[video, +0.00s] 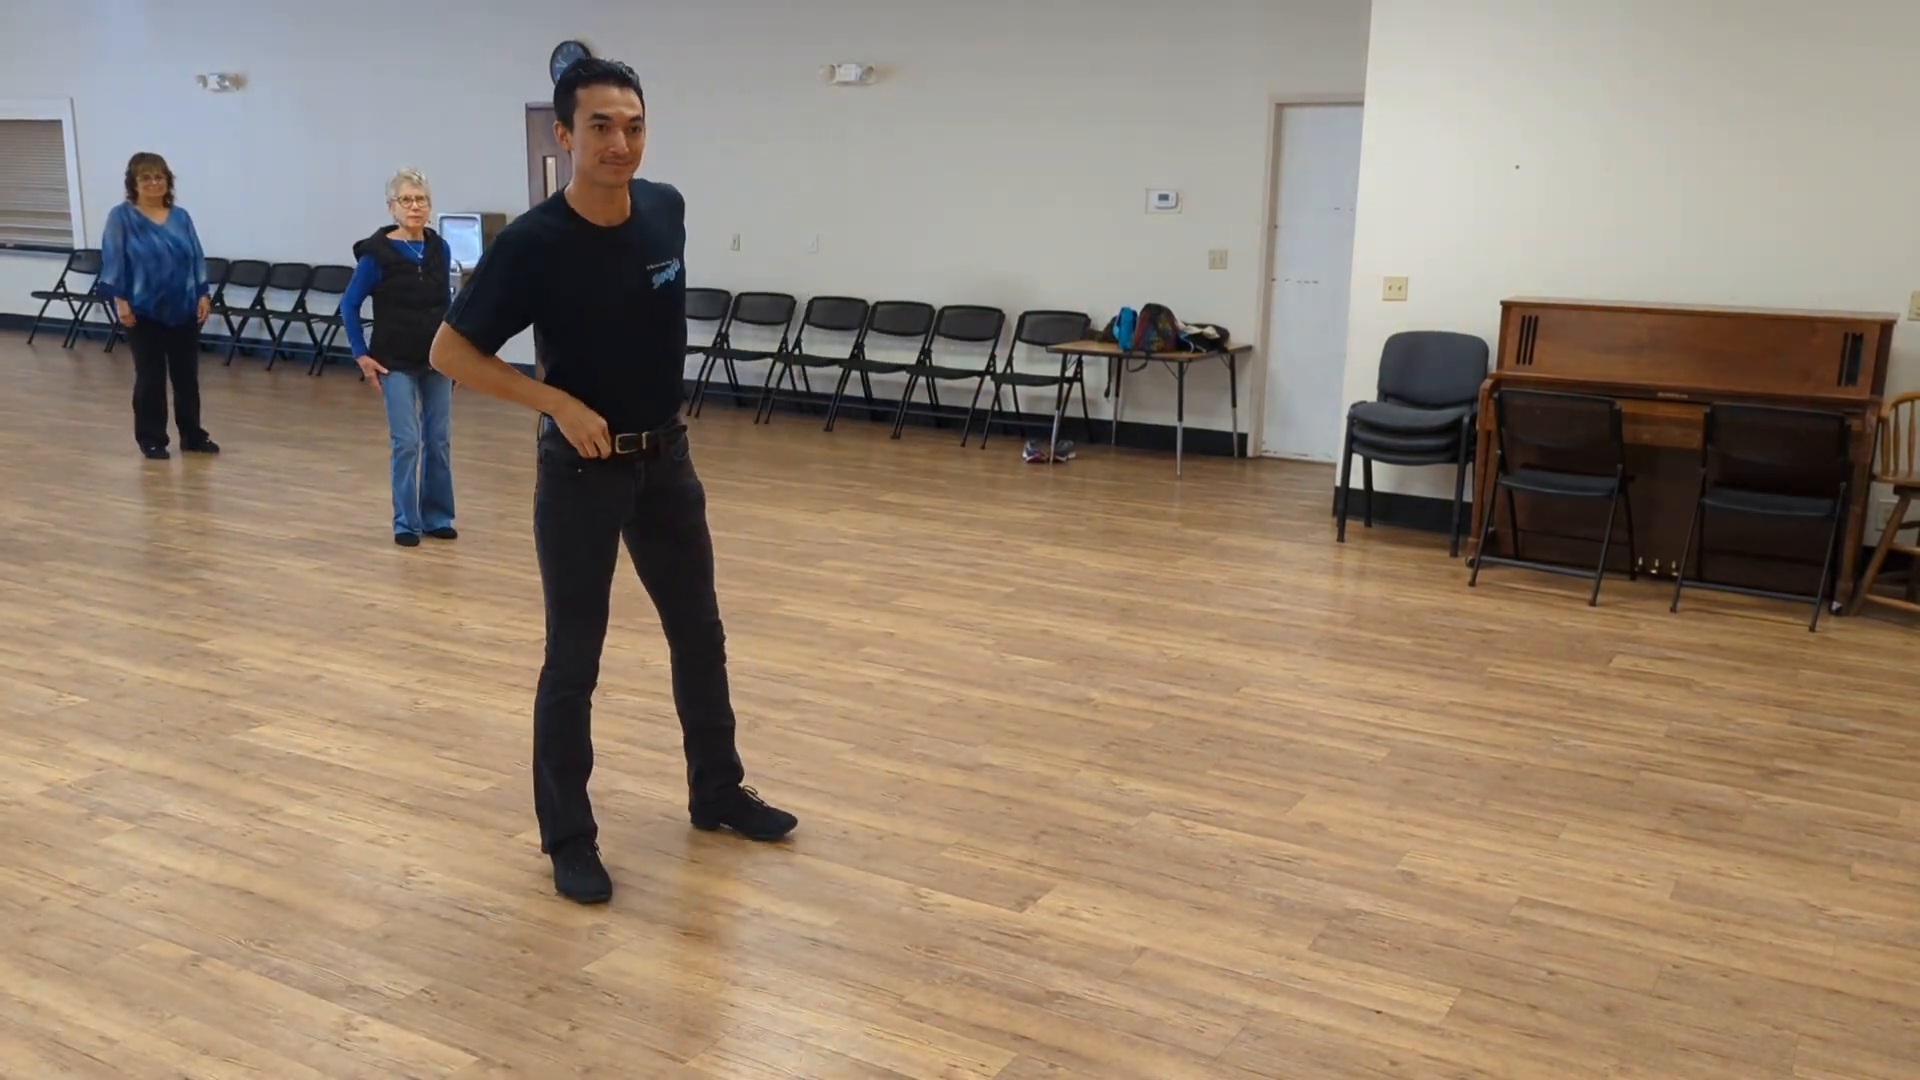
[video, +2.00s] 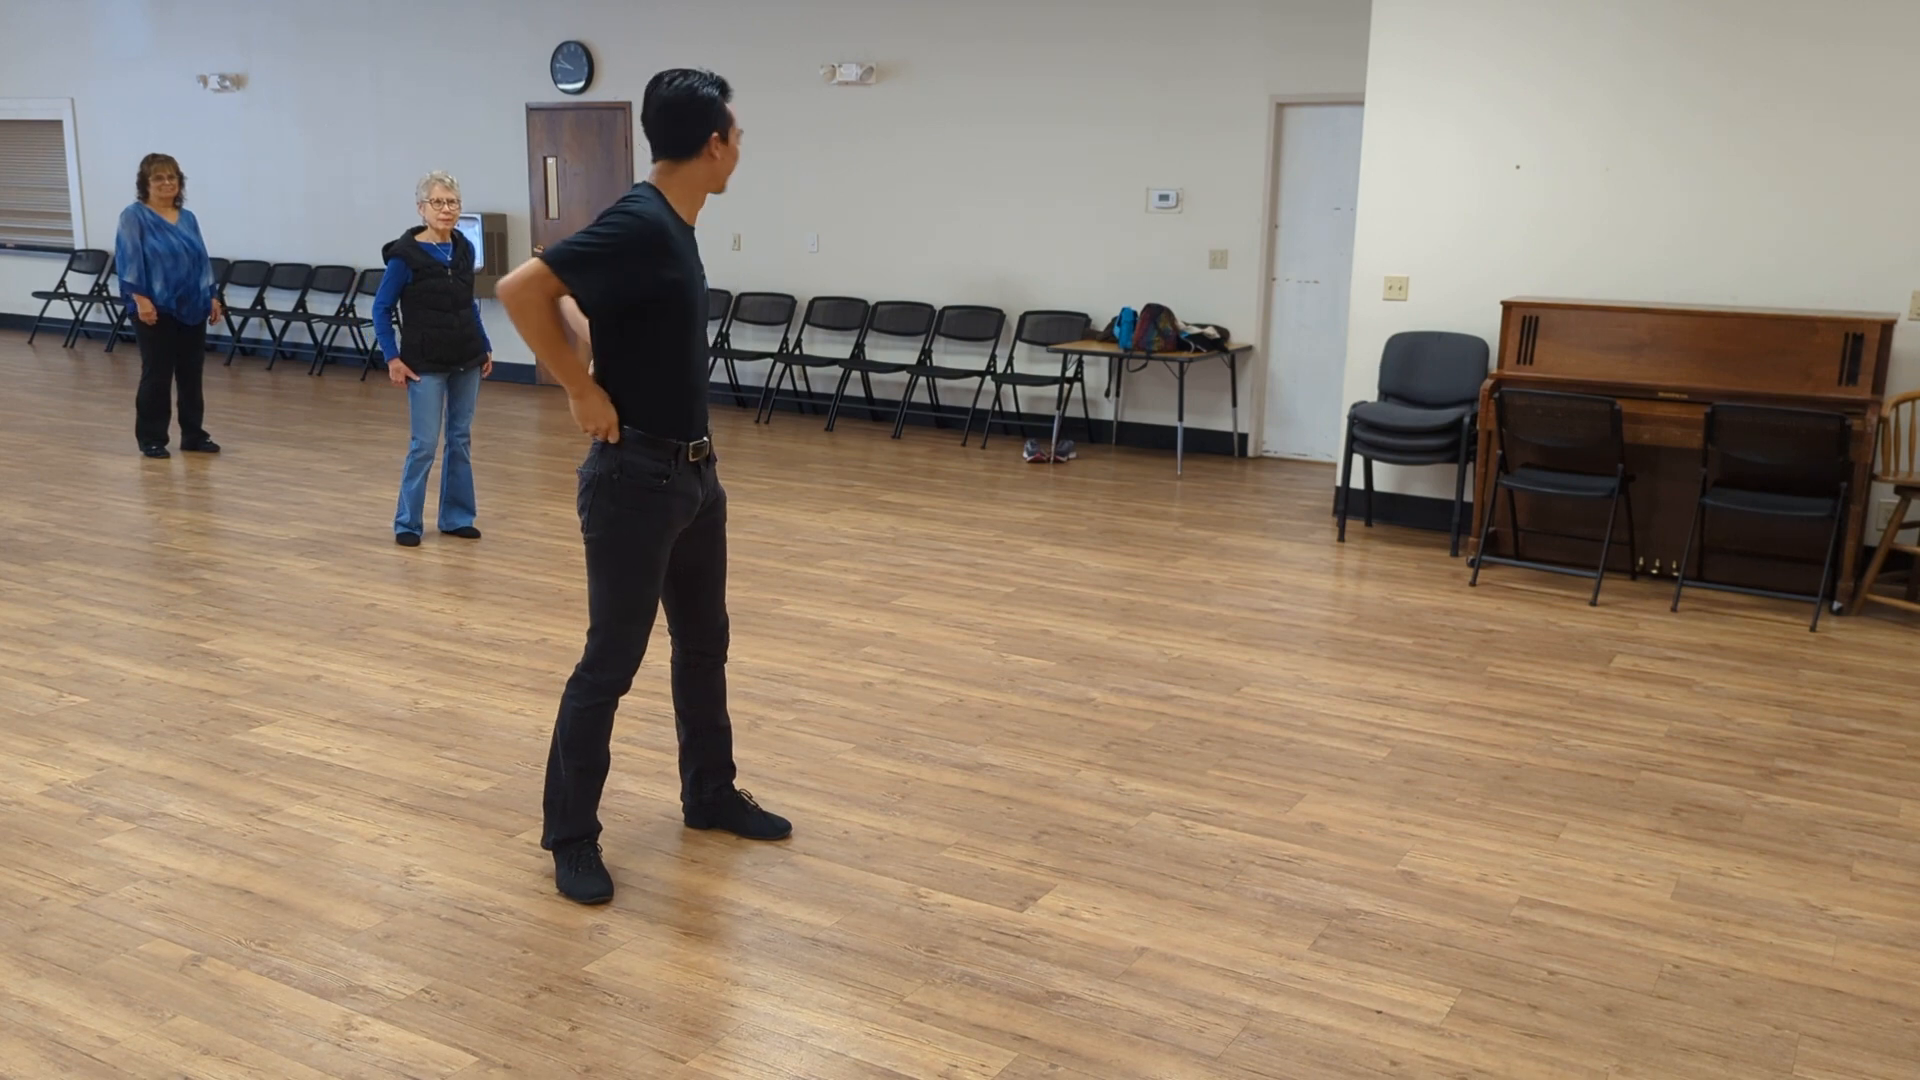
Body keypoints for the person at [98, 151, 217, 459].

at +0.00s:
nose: (152, 182)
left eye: (158, 177)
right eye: (145, 177)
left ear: (167, 181)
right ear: (134, 182)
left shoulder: (180, 216)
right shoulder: (122, 215)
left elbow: (197, 259)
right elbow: (113, 261)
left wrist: (203, 293)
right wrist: (120, 299)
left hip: (182, 309)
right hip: (144, 310)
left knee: (186, 376)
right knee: (151, 378)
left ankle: (192, 435)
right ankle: (152, 440)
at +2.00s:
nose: (165, 183)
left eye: (171, 178)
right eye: (158, 178)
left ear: (179, 183)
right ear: (145, 183)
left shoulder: (187, 217)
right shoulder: (133, 216)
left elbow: (202, 261)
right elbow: (129, 262)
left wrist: (212, 296)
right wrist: (140, 298)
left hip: (191, 308)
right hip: (155, 308)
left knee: (191, 374)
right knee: (157, 374)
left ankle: (193, 436)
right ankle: (152, 440)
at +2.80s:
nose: (170, 184)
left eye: (175, 178)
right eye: (162, 178)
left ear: (182, 184)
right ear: (148, 183)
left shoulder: (189, 218)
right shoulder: (134, 216)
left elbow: (203, 261)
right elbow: (130, 262)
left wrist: (212, 296)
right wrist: (139, 297)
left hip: (192, 307)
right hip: (156, 308)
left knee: (192, 375)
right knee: (158, 375)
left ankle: (193, 436)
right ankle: (152, 440)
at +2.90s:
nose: (172, 184)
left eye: (177, 179)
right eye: (164, 179)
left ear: (182, 184)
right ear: (149, 183)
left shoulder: (189, 218)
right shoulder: (135, 216)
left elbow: (204, 261)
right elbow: (130, 262)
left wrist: (213, 296)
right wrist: (139, 297)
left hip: (192, 307)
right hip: (156, 308)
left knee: (192, 375)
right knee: (158, 374)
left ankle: (193, 436)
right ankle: (152, 440)